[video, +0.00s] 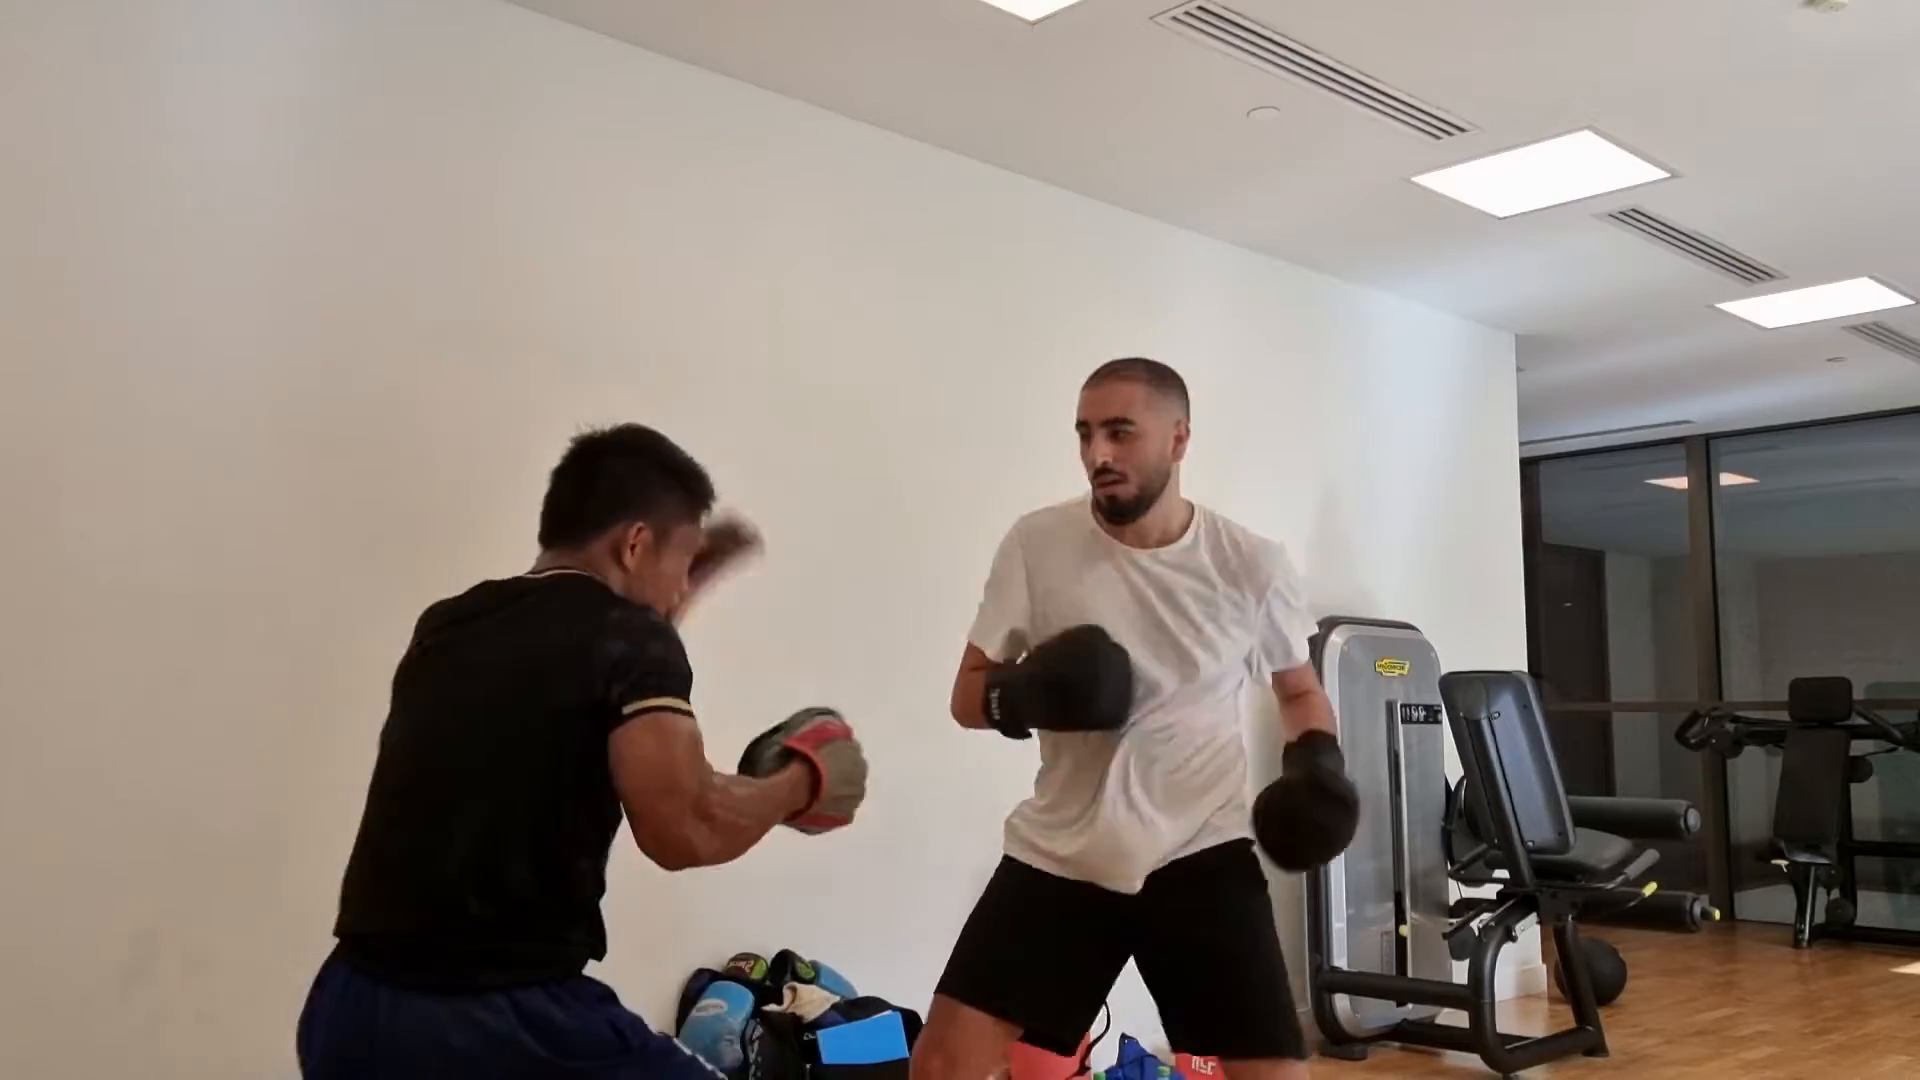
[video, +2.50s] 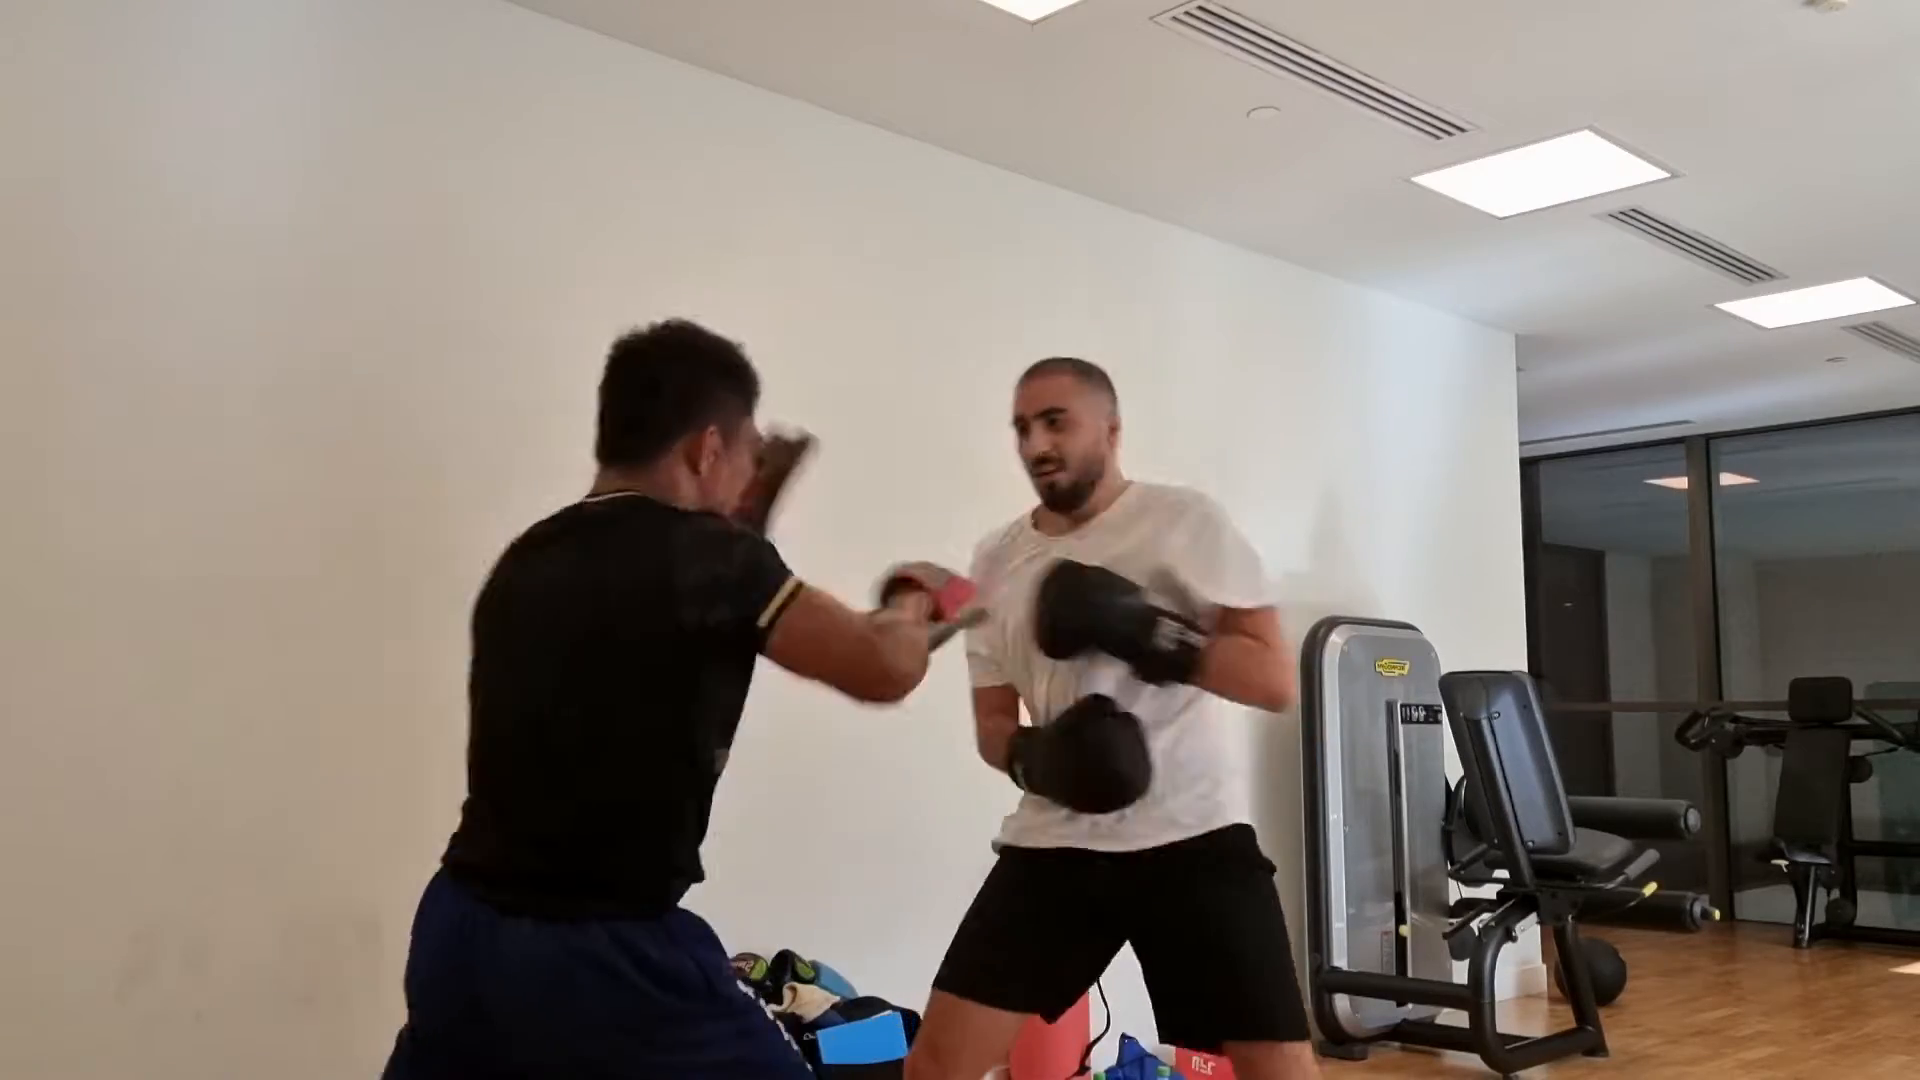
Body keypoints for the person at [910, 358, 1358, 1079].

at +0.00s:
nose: (1098, 454)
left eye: (1121, 431)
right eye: (1087, 434)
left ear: (1179, 439)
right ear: (1075, 441)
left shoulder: (1254, 567)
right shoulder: (1036, 544)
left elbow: (1300, 693)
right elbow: (969, 694)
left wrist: (1317, 767)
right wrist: (1030, 690)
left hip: (1203, 859)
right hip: (1057, 855)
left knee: (1270, 1069)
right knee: (946, 1062)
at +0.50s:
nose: (1009, 447)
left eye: (1028, 423)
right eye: (997, 430)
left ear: (1085, 424)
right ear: (989, 441)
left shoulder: (1175, 526)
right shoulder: (991, 551)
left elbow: (1288, 681)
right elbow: (866, 665)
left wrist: (1224, 620)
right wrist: (912, 596)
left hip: (1177, 857)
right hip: (1037, 858)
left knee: (1254, 1071)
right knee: (944, 1063)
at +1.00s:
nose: (1114, 418)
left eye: (1138, 400)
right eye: (1099, 402)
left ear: (1180, 422)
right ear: (1083, 421)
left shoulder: (1235, 546)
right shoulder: (1028, 532)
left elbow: (1279, 720)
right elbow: (991, 709)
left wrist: (1191, 694)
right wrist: (1081, 787)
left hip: (1208, 854)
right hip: (1054, 856)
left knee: (1292, 1064)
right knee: (961, 1067)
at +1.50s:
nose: (1010, 645)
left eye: (1026, 615)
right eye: (991, 622)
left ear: (1084, 590)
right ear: (979, 619)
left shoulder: (1189, 672)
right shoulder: (971, 687)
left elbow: (1266, 818)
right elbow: (989, 807)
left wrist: (1143, 840)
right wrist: (1025, 894)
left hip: (1187, 882)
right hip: (1048, 880)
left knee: (1257, 1070)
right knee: (922, 1062)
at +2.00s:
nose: (936, 557)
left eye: (950, 531)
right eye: (930, 537)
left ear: (1019, 524)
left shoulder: (1126, 600)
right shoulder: (996, 643)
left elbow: (1283, 701)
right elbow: (1041, 744)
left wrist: (1163, 761)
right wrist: (948, 826)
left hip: (1205, 908)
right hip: (1068, 908)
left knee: (1232, 1070)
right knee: (936, 1070)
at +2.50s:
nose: (1035, 443)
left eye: (1054, 422)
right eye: (1023, 428)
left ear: (1111, 427)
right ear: (1014, 442)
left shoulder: (1189, 523)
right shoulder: (996, 561)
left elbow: (1275, 679)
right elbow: (993, 731)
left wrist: (1147, 633)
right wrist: (1037, 756)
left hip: (1195, 849)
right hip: (1050, 855)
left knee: (1282, 1070)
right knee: (938, 1064)